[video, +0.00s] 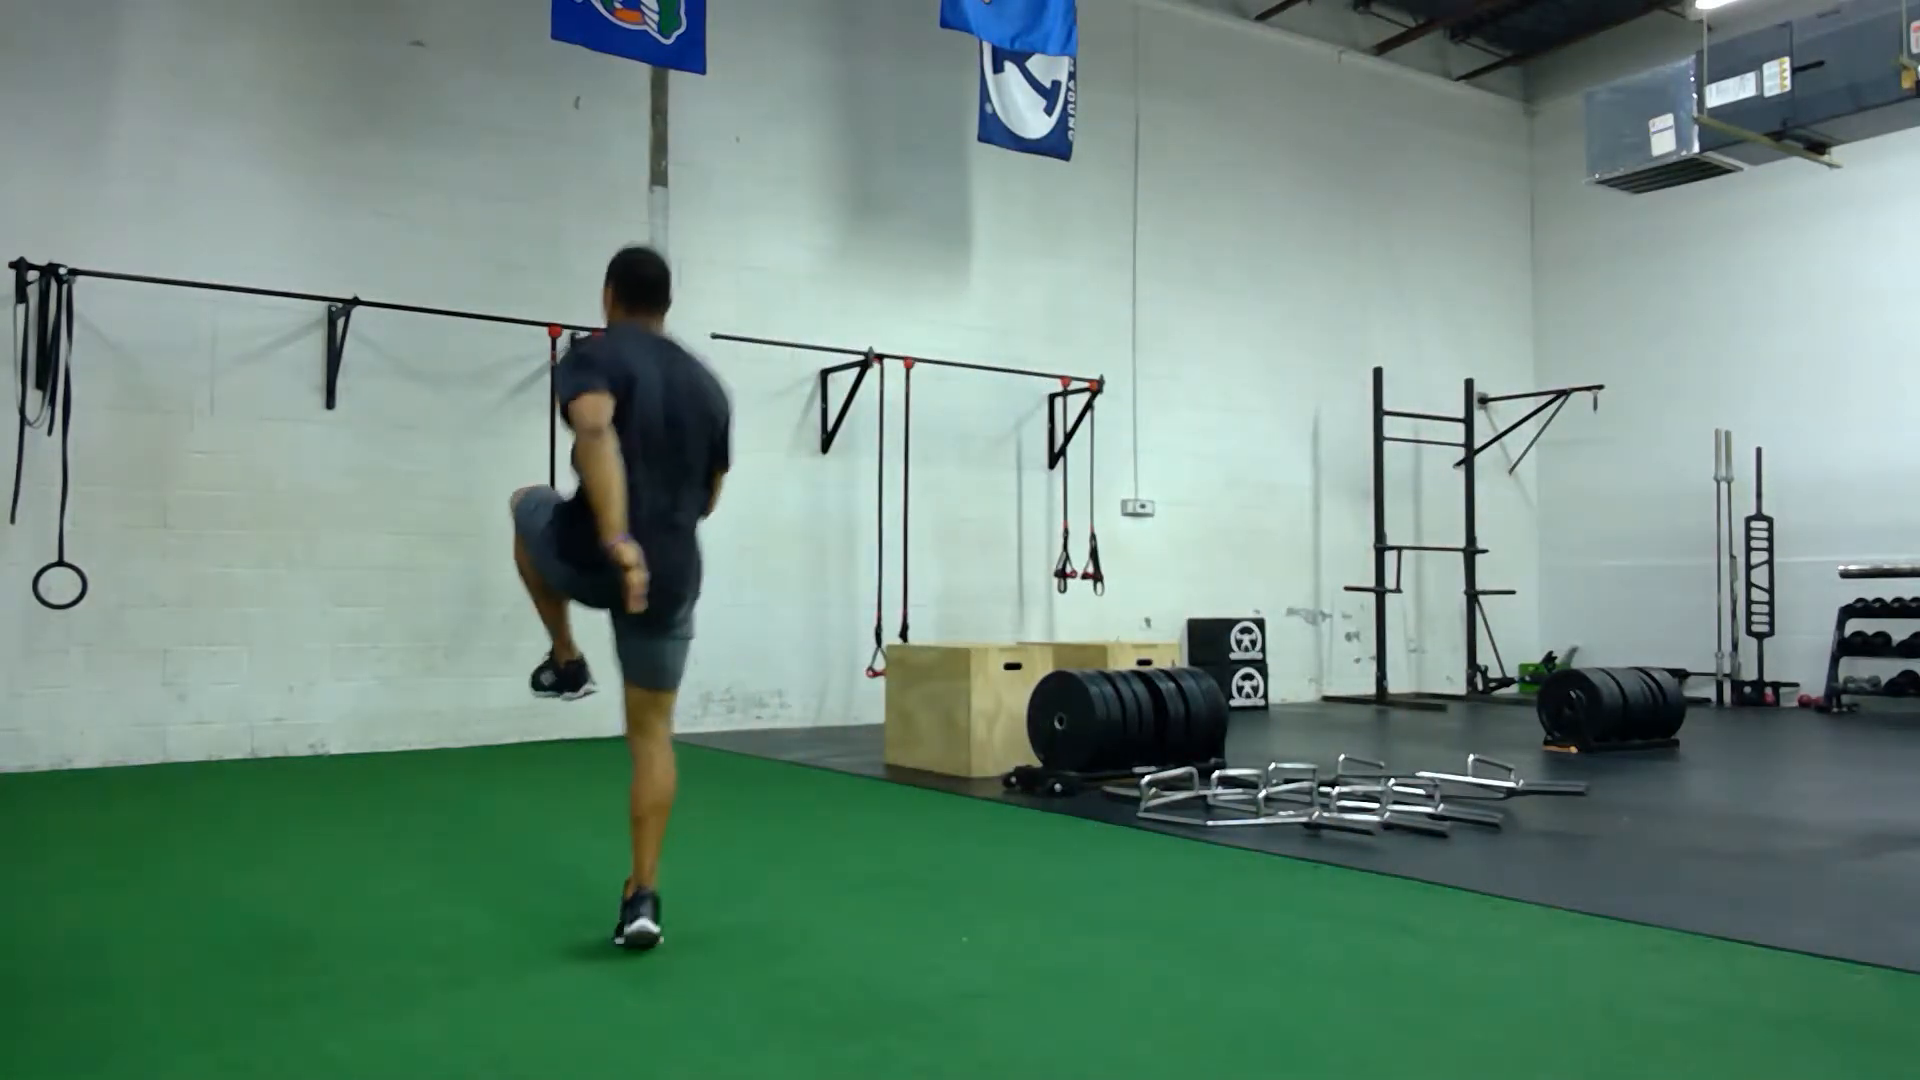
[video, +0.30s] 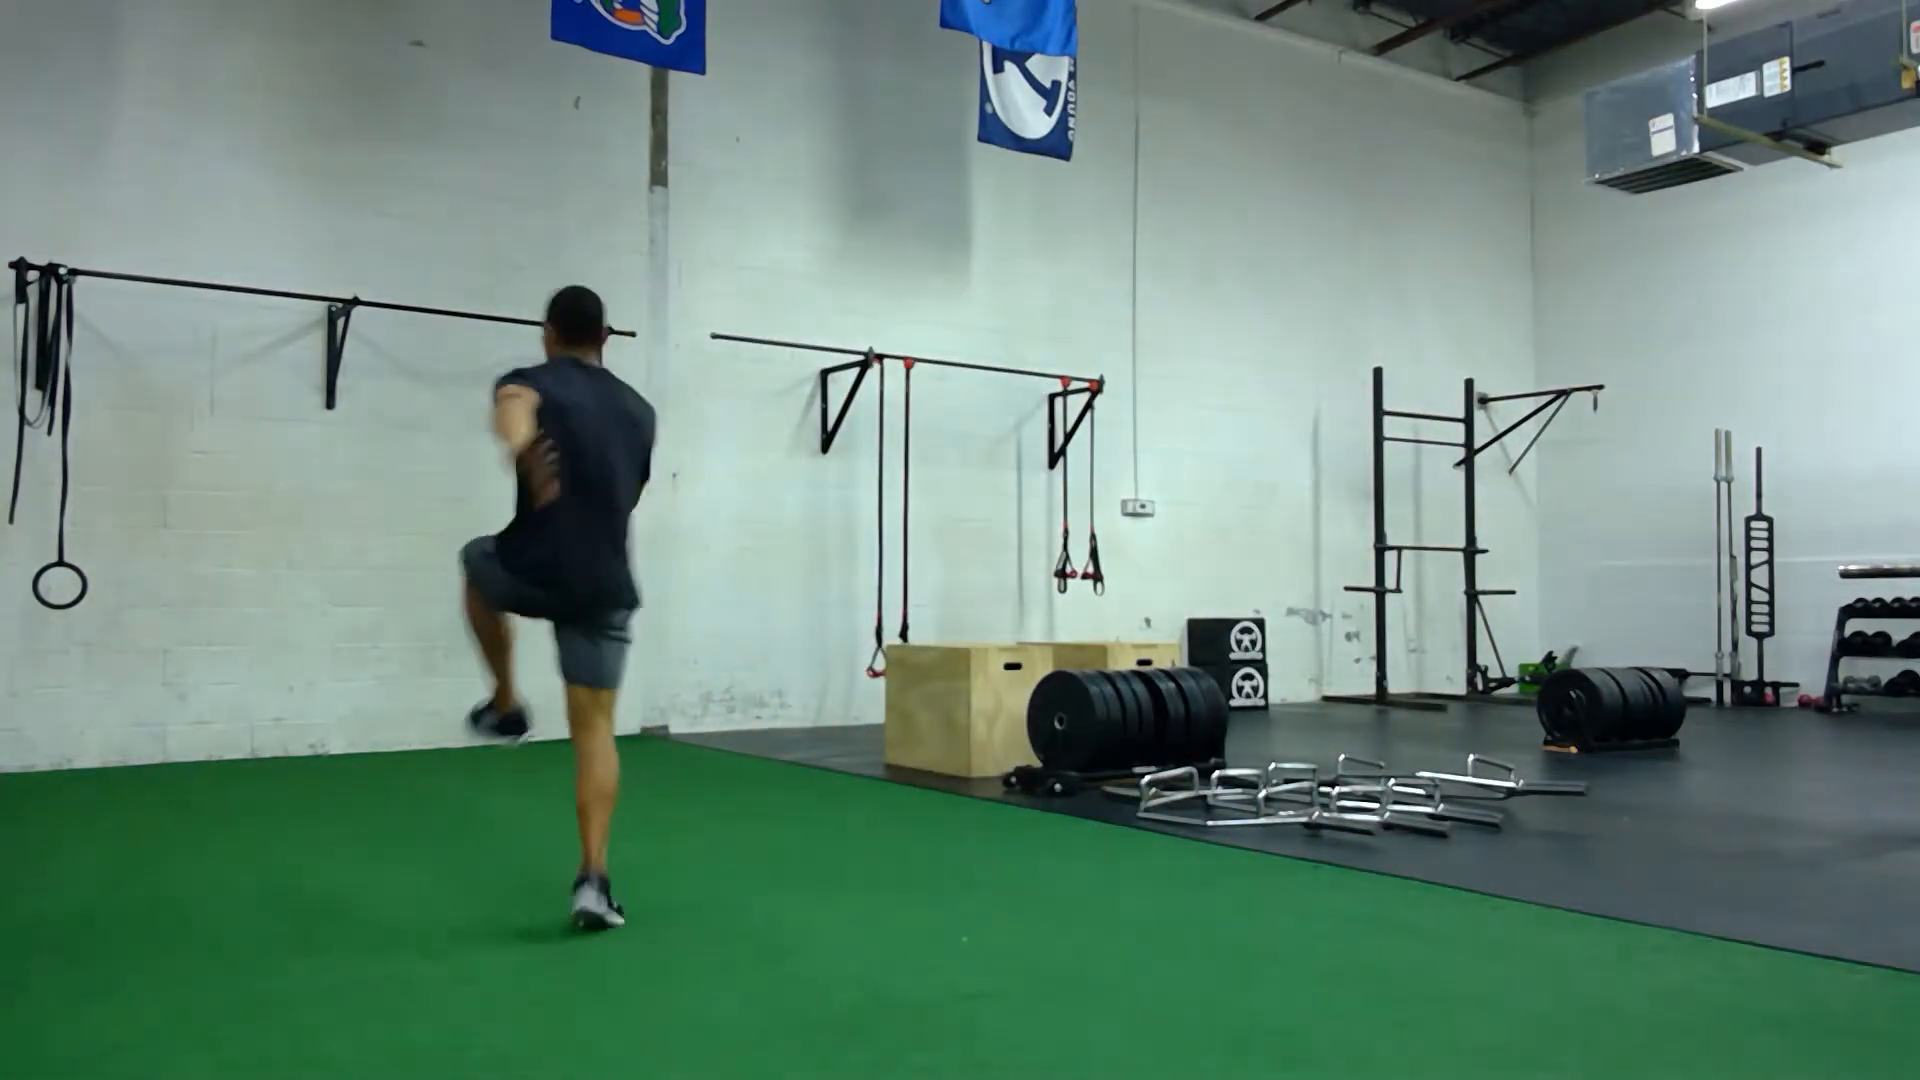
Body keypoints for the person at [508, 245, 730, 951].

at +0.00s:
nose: (603, 306)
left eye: (604, 295)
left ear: (608, 296)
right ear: (667, 303)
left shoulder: (593, 353)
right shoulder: (705, 383)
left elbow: (594, 430)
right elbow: (706, 498)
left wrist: (620, 539)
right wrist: (639, 497)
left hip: (591, 563)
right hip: (671, 574)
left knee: (529, 504)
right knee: (653, 732)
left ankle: (564, 658)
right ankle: (643, 895)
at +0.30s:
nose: (549, 341)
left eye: (546, 331)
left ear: (548, 334)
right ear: (604, 339)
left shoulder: (527, 383)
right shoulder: (637, 409)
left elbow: (515, 417)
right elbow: (629, 494)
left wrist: (527, 456)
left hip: (532, 572)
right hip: (605, 585)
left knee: (476, 563)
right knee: (595, 728)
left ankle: (505, 704)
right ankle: (593, 878)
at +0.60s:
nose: (484, 352)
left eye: (478, 343)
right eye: (502, 343)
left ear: (475, 346)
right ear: (525, 346)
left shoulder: (448, 409)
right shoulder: (557, 404)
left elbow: (429, 493)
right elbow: (610, 452)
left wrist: (463, 457)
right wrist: (658, 514)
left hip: (470, 567)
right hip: (542, 561)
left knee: (453, 701)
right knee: (513, 606)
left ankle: (461, 832)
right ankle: (494, 700)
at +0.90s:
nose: (452, 362)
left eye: (449, 354)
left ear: (448, 356)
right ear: (492, 361)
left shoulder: (429, 398)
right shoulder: (523, 419)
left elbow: (378, 406)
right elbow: (535, 500)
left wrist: (359, 465)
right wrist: (494, 476)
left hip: (431, 552)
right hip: (497, 562)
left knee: (411, 620)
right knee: (494, 681)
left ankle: (428, 715)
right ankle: (504, 803)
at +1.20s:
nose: (409, 379)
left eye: (400, 372)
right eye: (421, 370)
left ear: (395, 375)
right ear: (438, 374)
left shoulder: (369, 432)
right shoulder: (465, 423)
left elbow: (364, 503)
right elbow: (511, 470)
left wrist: (404, 484)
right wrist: (538, 534)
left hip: (404, 568)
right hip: (464, 560)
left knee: (401, 676)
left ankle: (404, 783)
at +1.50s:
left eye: (379, 396)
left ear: (374, 401)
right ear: (414, 400)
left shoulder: (351, 457)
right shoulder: (442, 451)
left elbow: (343, 527)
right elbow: (478, 507)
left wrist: (377, 500)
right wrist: (491, 572)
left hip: (383, 581)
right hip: (439, 575)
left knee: (389, 686)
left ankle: (400, 791)